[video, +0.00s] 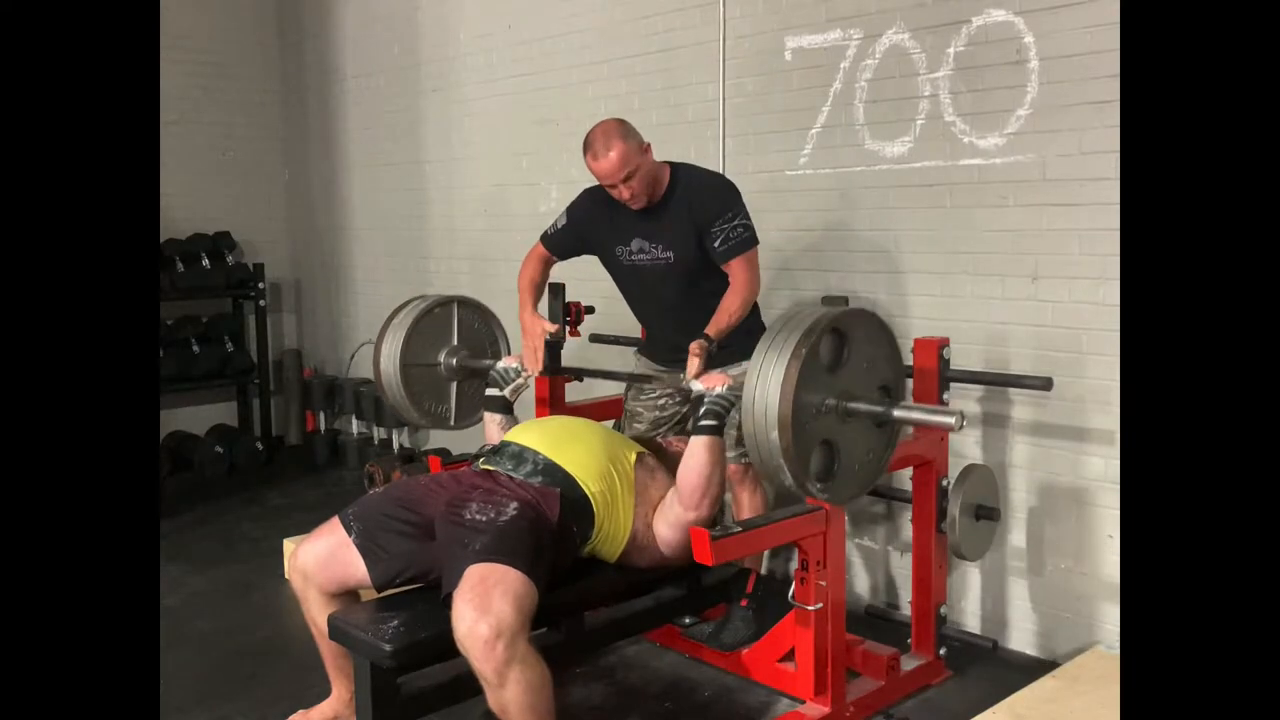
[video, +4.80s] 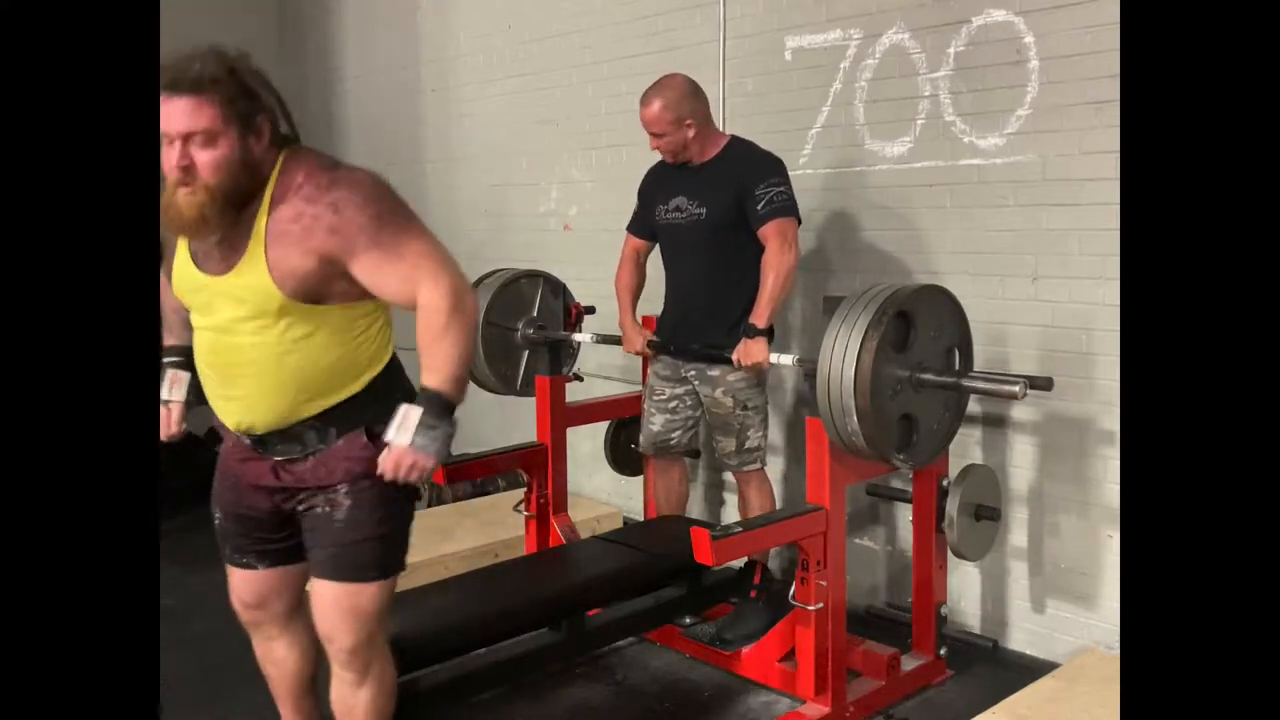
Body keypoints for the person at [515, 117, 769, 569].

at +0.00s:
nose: (625, 193)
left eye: (630, 178)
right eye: (611, 186)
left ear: (648, 152)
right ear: (596, 178)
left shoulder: (709, 193)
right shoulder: (593, 211)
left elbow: (745, 281)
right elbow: (537, 259)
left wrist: (708, 339)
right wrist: (528, 317)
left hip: (731, 357)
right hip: (659, 361)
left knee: (738, 469)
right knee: (650, 463)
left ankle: (750, 585)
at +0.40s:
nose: (632, 189)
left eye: (640, 176)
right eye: (622, 179)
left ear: (666, 151)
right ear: (612, 169)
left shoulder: (722, 196)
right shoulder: (617, 200)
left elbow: (756, 287)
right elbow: (602, 256)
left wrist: (738, 374)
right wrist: (609, 317)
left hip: (728, 365)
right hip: (661, 364)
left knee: (739, 475)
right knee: (648, 471)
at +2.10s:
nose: (703, 146)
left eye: (712, 133)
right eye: (690, 136)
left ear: (726, 124)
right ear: (672, 135)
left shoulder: (765, 178)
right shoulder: (659, 191)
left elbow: (784, 262)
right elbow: (617, 245)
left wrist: (746, 311)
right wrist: (613, 293)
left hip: (753, 353)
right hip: (683, 352)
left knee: (756, 462)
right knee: (658, 442)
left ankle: (770, 587)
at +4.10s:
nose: (673, 146)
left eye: (681, 133)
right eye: (662, 139)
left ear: (702, 123)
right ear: (651, 139)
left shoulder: (744, 180)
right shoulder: (650, 192)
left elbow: (771, 254)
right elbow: (625, 268)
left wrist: (764, 323)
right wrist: (631, 318)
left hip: (730, 358)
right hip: (666, 356)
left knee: (744, 463)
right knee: (646, 452)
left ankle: (766, 582)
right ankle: (664, 563)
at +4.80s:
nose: (653, 146)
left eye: (659, 135)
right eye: (649, 136)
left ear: (692, 124)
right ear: (670, 128)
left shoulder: (757, 168)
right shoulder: (659, 180)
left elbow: (784, 249)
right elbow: (633, 255)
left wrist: (759, 328)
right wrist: (627, 318)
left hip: (735, 356)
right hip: (671, 355)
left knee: (745, 468)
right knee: (662, 457)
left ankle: (764, 584)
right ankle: (663, 571)